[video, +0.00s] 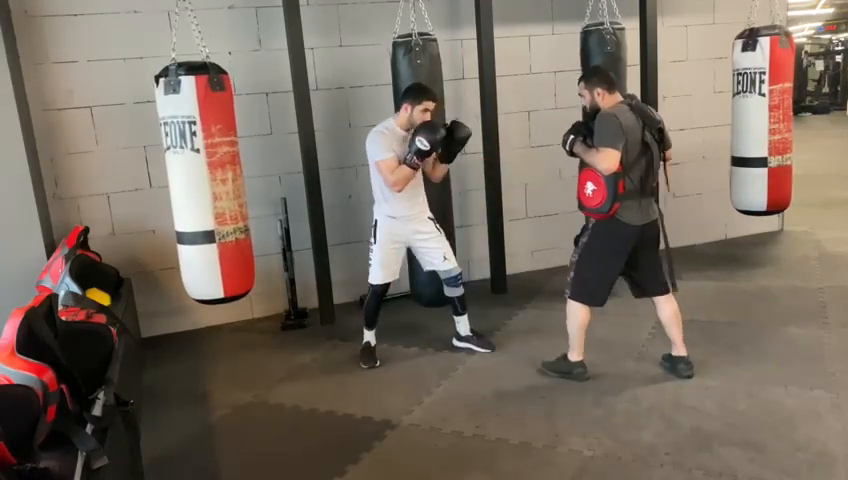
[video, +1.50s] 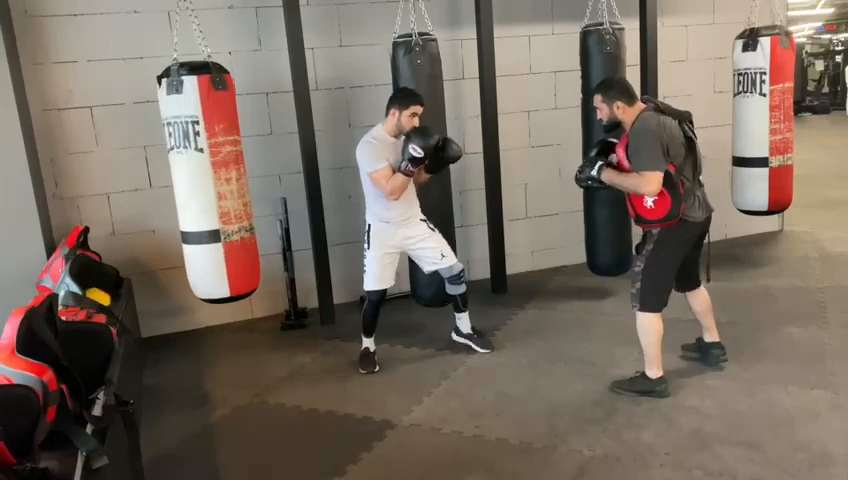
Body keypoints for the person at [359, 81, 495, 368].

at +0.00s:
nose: (429, 118)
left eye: (431, 113)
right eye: (425, 112)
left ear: (426, 112)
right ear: (406, 107)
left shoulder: (420, 135)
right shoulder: (378, 137)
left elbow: (435, 174)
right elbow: (395, 183)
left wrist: (450, 149)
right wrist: (417, 154)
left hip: (421, 220)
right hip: (389, 223)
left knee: (451, 273)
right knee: (379, 285)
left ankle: (464, 334)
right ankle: (368, 342)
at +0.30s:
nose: (444, 134)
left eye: (446, 130)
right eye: (439, 129)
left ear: (445, 130)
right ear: (422, 125)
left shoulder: (443, 140)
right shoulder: (395, 146)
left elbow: (445, 169)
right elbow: (411, 194)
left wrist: (463, 160)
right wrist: (426, 162)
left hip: (436, 223)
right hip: (401, 227)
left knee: (473, 274)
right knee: (387, 287)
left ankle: (494, 328)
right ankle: (368, 341)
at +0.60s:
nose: (443, 156)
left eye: (445, 151)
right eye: (439, 152)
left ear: (444, 150)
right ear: (420, 149)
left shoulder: (444, 155)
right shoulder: (393, 167)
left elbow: (465, 172)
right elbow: (410, 213)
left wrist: (486, 176)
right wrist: (422, 182)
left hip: (443, 234)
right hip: (407, 238)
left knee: (480, 279)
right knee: (393, 294)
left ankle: (502, 330)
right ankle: (370, 342)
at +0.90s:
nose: (426, 113)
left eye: (429, 109)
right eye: (423, 107)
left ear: (422, 108)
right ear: (405, 104)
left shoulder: (418, 131)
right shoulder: (379, 134)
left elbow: (434, 165)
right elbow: (399, 180)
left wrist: (446, 140)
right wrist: (417, 147)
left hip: (420, 218)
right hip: (388, 222)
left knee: (446, 273)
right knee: (378, 282)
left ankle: (461, 335)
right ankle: (368, 341)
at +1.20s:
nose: (433, 119)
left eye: (436, 115)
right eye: (432, 113)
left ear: (426, 111)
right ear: (416, 106)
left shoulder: (422, 132)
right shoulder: (385, 134)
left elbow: (455, 161)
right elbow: (402, 180)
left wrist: (455, 124)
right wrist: (428, 148)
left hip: (421, 219)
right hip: (390, 221)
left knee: (444, 276)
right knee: (382, 285)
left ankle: (462, 335)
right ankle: (368, 340)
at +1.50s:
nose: (417, 122)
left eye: (420, 116)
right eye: (413, 116)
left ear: (402, 115)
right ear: (394, 113)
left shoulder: (409, 141)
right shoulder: (368, 146)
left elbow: (416, 180)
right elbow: (391, 191)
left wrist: (437, 162)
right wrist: (409, 160)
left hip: (414, 223)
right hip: (381, 229)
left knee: (454, 270)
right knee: (375, 293)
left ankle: (463, 330)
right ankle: (367, 348)